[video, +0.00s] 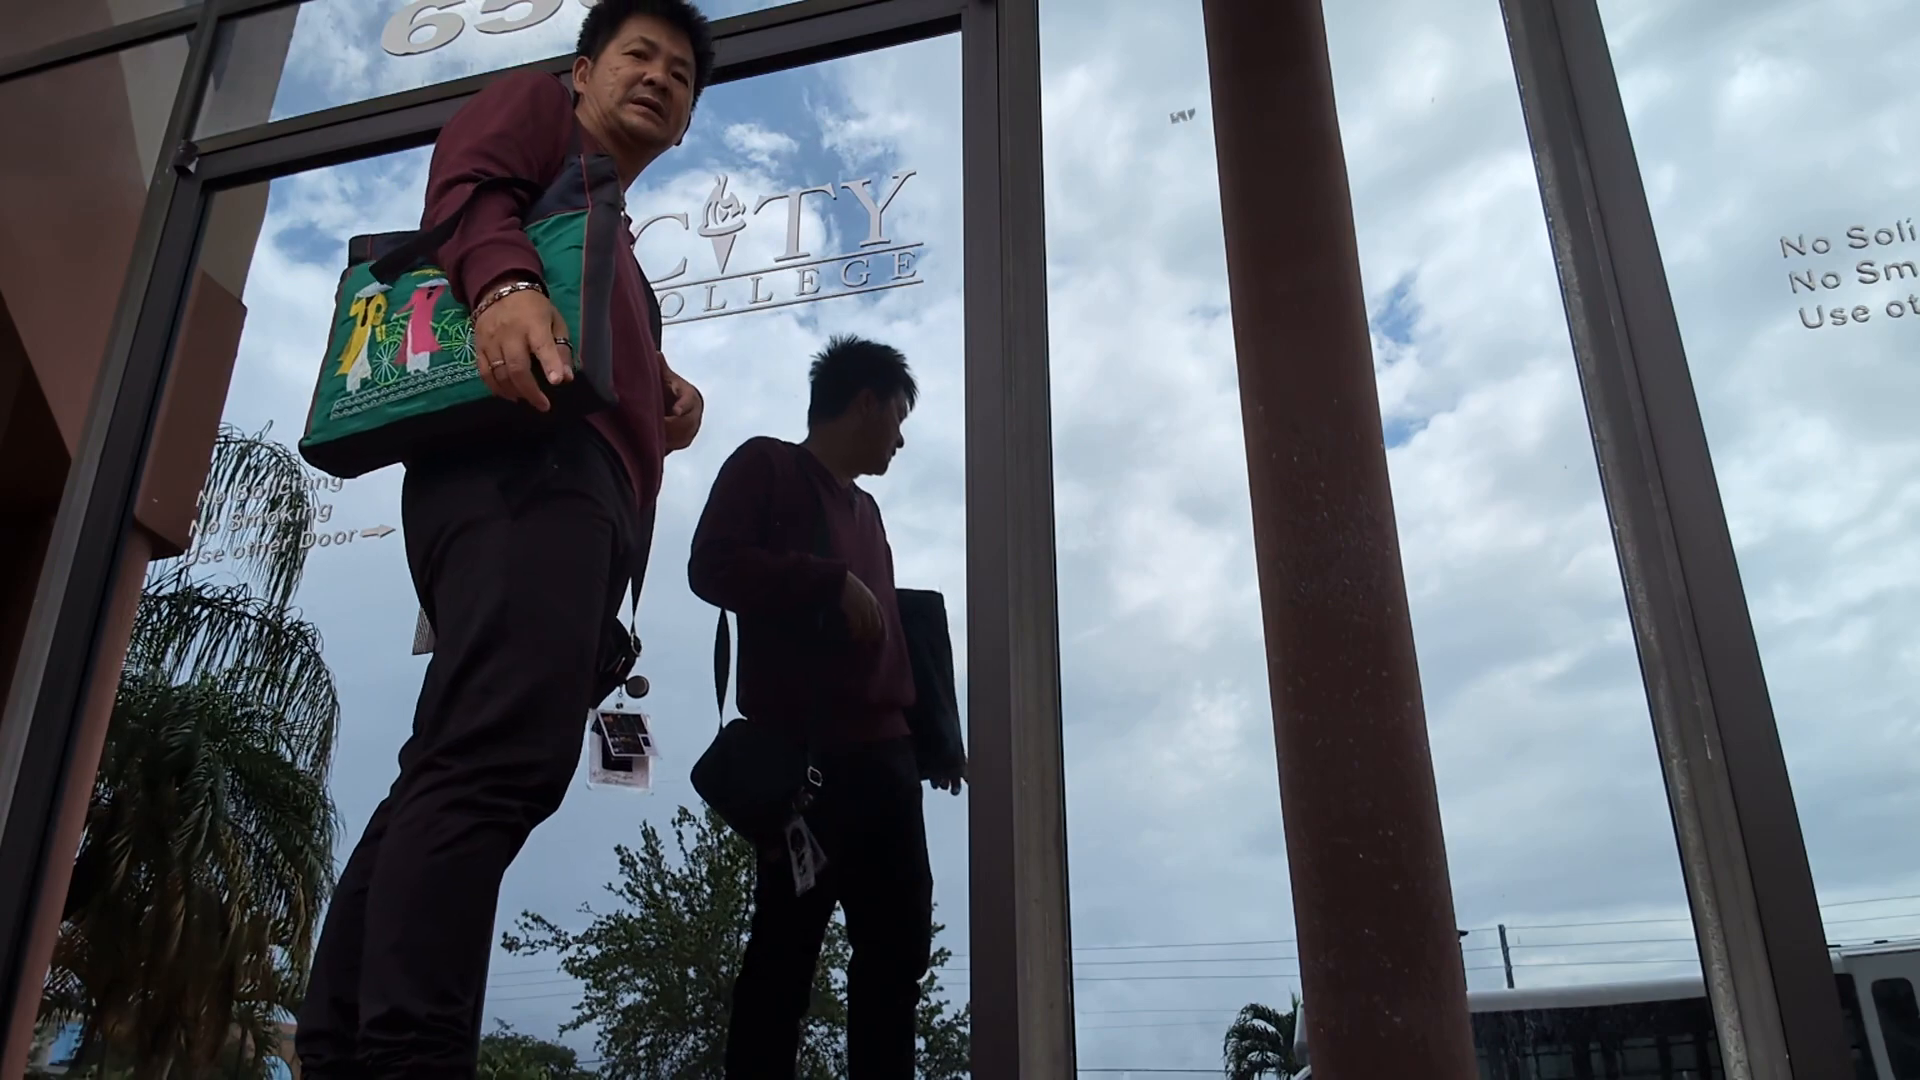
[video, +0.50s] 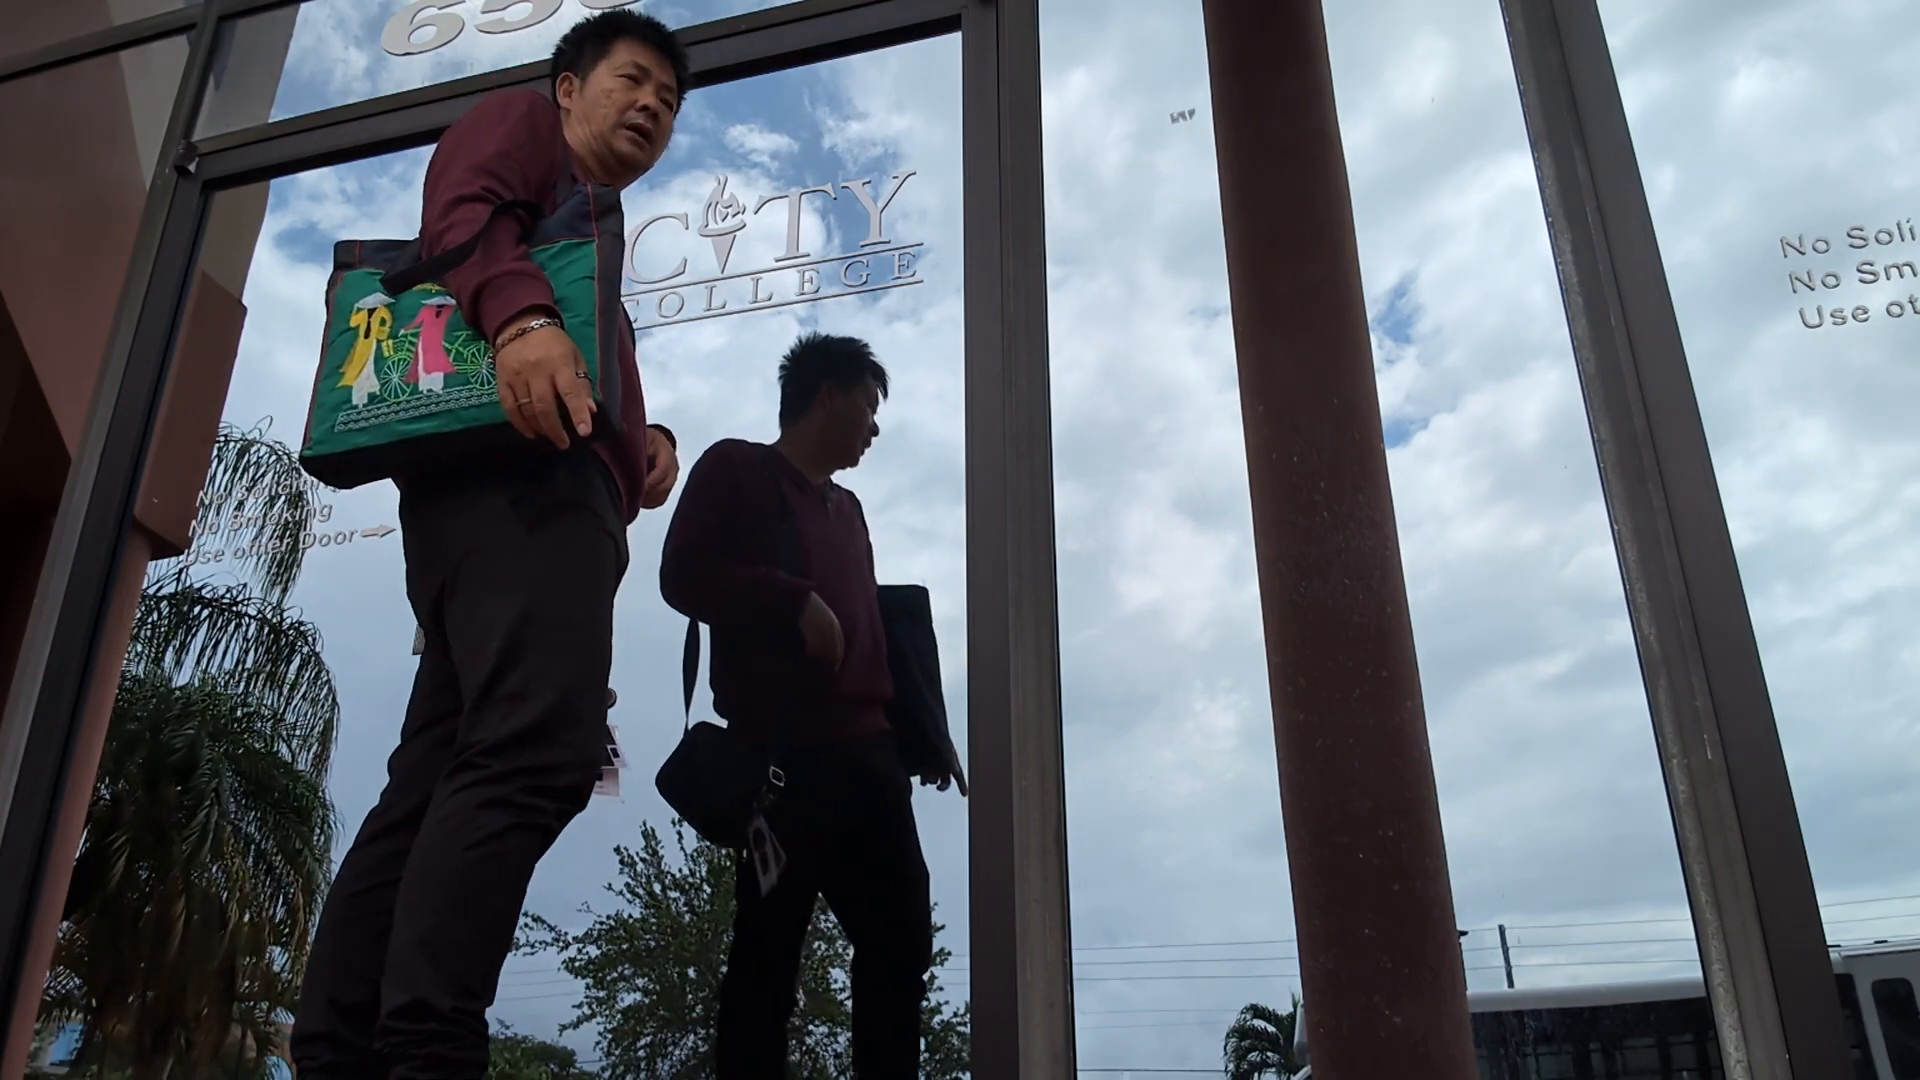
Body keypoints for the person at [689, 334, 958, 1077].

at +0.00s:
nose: (902, 438)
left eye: (905, 421)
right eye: (899, 417)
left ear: (858, 410)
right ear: (863, 405)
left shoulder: (866, 511)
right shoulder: (766, 462)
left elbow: (888, 635)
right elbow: (712, 565)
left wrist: (934, 737)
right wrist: (829, 580)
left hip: (881, 756)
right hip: (798, 752)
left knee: (895, 952)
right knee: (784, 948)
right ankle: (756, 1075)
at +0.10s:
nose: (899, 434)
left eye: (901, 417)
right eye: (895, 413)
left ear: (852, 408)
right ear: (856, 404)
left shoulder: (861, 508)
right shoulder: (761, 461)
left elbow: (882, 635)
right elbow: (706, 566)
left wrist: (927, 738)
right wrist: (825, 585)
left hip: (877, 755)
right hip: (797, 751)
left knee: (895, 954)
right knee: (781, 949)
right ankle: (757, 1077)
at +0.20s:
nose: (893, 433)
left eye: (896, 417)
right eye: (891, 413)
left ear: (853, 405)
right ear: (854, 400)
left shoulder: (860, 509)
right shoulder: (756, 459)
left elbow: (883, 635)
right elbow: (701, 566)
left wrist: (926, 738)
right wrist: (818, 590)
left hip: (874, 755)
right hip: (791, 752)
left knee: (894, 950)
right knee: (777, 947)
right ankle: (753, 1075)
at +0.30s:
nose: (891, 426)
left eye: (892, 410)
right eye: (885, 407)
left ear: (842, 406)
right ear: (846, 400)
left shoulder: (854, 506)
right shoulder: (750, 460)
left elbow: (873, 633)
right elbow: (697, 567)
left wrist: (921, 734)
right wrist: (810, 593)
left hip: (868, 755)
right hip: (785, 753)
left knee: (893, 953)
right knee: (772, 951)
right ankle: (752, 1078)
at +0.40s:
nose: (884, 426)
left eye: (886, 410)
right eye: (878, 406)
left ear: (839, 405)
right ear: (839, 399)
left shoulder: (850, 507)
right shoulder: (743, 462)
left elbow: (872, 635)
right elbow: (691, 569)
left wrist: (921, 734)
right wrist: (802, 598)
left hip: (865, 755)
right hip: (781, 754)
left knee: (893, 956)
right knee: (769, 955)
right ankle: (750, 1078)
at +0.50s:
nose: (876, 426)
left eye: (879, 410)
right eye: (870, 406)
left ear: (833, 405)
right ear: (828, 398)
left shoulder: (847, 507)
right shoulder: (735, 464)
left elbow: (868, 636)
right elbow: (682, 576)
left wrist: (921, 731)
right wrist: (792, 599)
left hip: (865, 758)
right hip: (777, 757)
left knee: (899, 952)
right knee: (765, 961)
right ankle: (748, 1079)